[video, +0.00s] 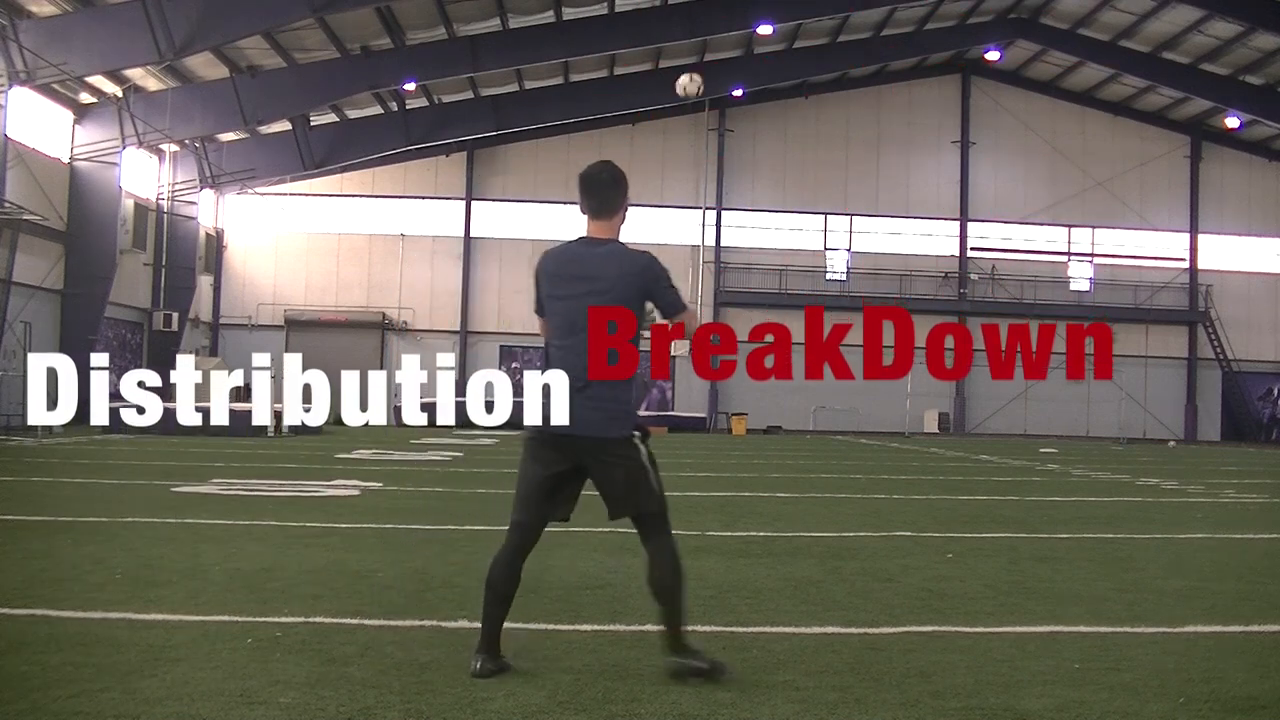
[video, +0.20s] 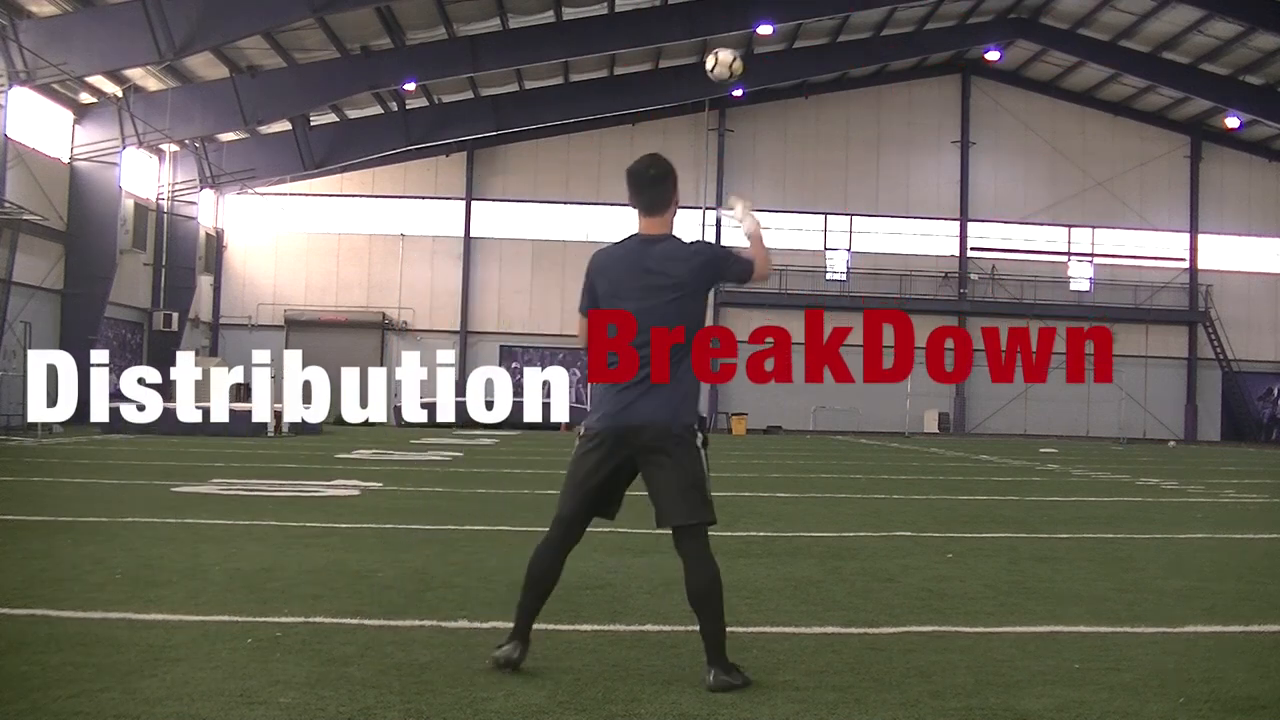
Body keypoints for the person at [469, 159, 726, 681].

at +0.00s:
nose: (621, 209)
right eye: (624, 201)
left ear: (580, 204)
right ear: (626, 204)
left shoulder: (551, 262)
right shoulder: (641, 266)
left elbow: (547, 330)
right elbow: (685, 326)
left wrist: (606, 324)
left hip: (550, 426)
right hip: (614, 430)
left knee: (519, 536)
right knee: (657, 535)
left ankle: (487, 651)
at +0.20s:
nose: (675, 202)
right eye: (677, 195)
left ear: (631, 201)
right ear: (675, 199)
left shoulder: (602, 262)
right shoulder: (698, 258)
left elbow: (589, 334)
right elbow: (760, 267)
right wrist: (750, 224)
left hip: (607, 421)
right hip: (670, 423)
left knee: (561, 531)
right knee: (694, 545)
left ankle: (517, 639)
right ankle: (718, 665)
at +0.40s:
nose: (703, 185)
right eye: (703, 177)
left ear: (658, 188)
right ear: (704, 183)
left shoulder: (633, 253)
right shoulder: (728, 237)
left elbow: (613, 326)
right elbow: (785, 201)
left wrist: (627, 376)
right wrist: (787, 146)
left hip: (636, 403)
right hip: (696, 405)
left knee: (587, 517)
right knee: (708, 536)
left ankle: (541, 630)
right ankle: (721, 663)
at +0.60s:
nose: (713, 183)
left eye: (707, 175)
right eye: (708, 175)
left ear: (663, 190)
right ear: (696, 185)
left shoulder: (635, 257)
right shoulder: (721, 246)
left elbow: (608, 329)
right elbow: (799, 218)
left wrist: (621, 381)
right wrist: (824, 147)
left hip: (652, 412)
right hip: (709, 413)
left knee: (609, 528)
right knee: (717, 540)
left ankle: (557, 638)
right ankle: (721, 666)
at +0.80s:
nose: (699, 186)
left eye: (695, 177)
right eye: (696, 177)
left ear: (649, 189)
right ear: (683, 184)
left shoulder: (617, 261)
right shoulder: (699, 254)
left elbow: (601, 343)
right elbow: (771, 296)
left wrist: (613, 399)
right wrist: (798, 225)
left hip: (641, 421)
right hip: (701, 422)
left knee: (612, 529)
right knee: (711, 544)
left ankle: (558, 632)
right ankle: (722, 667)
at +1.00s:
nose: (649, 197)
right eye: (650, 189)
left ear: (602, 195)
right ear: (650, 192)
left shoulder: (578, 266)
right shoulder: (676, 260)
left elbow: (552, 342)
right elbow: (691, 341)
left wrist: (592, 342)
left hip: (606, 432)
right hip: (667, 433)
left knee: (593, 534)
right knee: (700, 544)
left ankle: (518, 637)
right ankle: (722, 668)